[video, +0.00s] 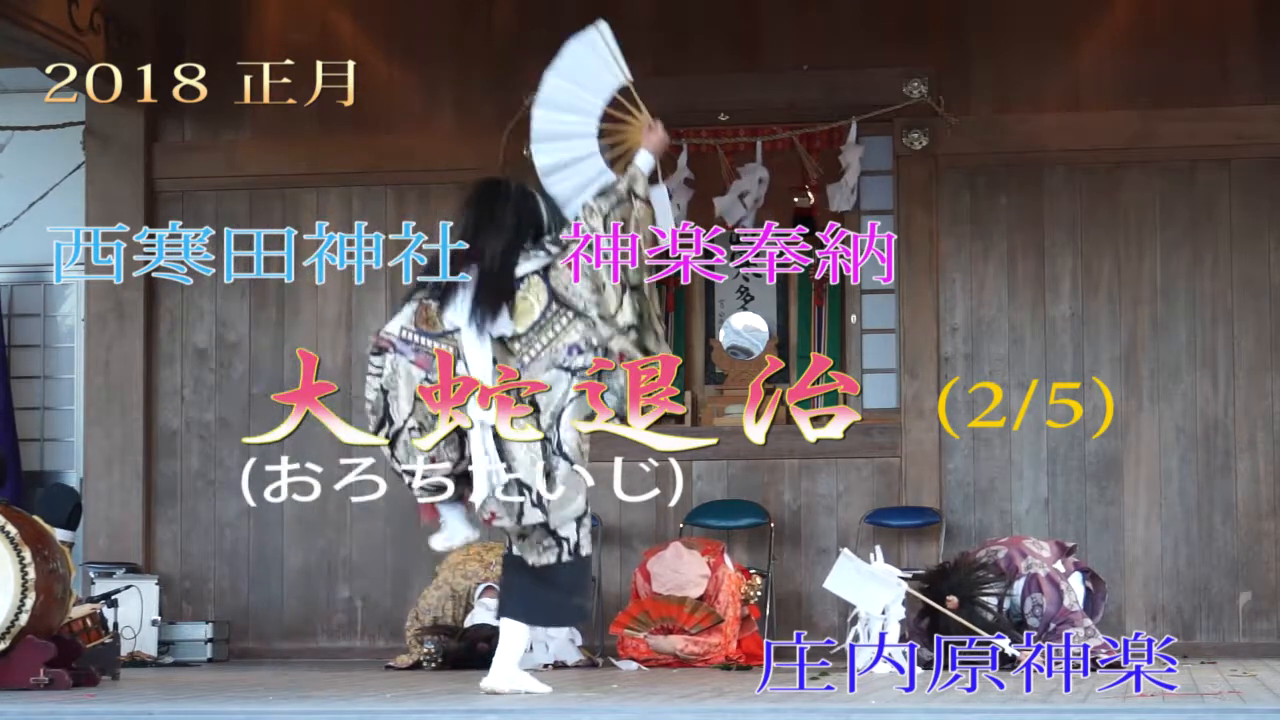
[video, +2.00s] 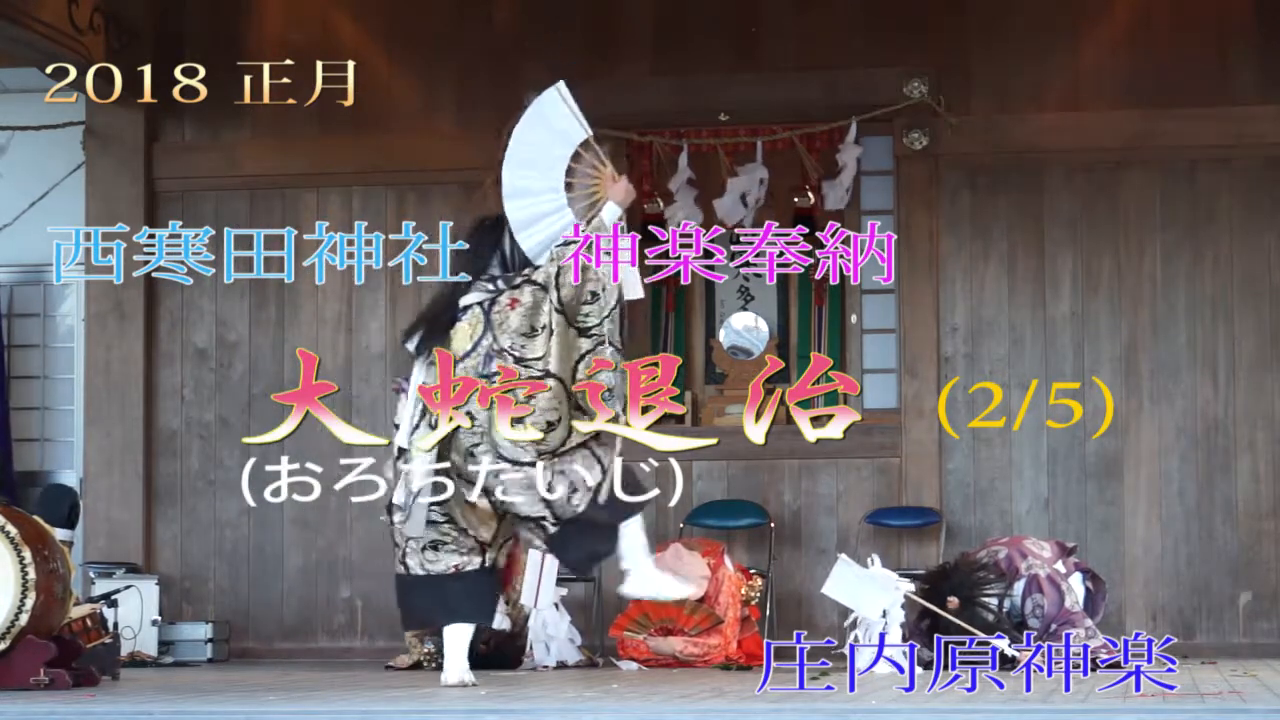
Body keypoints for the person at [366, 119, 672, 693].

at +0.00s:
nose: (544, 226)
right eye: (538, 218)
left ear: (475, 229)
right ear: (532, 225)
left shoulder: (459, 292)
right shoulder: (552, 274)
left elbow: (390, 342)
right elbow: (598, 226)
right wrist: (644, 161)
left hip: (494, 437)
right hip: (539, 438)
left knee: (545, 524)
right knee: (532, 539)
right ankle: (507, 664)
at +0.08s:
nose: (551, 241)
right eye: (544, 231)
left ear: (476, 238)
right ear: (536, 235)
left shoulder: (449, 298)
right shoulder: (557, 285)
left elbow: (392, 364)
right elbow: (613, 245)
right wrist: (659, 184)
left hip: (483, 440)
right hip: (540, 441)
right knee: (542, 540)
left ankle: (436, 530)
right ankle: (507, 665)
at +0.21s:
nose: (550, 235)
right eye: (543, 225)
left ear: (479, 230)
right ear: (532, 229)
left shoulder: (463, 290)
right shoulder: (547, 284)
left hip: (486, 434)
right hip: (539, 437)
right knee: (542, 535)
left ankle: (414, 566)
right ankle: (507, 663)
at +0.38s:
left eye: (459, 225)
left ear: (467, 231)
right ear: (531, 231)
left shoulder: (435, 299)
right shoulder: (552, 293)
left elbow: (391, 382)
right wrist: (628, 177)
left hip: (445, 444)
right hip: (522, 446)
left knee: (417, 524)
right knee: (521, 546)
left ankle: (394, 638)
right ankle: (505, 663)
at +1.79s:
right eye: (505, 230)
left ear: (447, 244)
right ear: (503, 238)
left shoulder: (423, 306)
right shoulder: (523, 284)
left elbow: (397, 391)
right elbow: (575, 257)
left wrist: (398, 440)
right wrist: (612, 204)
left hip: (431, 442)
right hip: (502, 432)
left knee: (442, 554)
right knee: (529, 528)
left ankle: (453, 662)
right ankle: (525, 614)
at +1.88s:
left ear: (455, 252)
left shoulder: (430, 311)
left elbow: (398, 402)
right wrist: (609, 212)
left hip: (430, 456)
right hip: (496, 452)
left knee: (452, 560)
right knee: (585, 507)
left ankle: (454, 661)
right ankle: (576, 592)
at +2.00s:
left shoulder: (468, 307)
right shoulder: (549, 282)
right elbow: (581, 263)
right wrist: (612, 209)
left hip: (452, 457)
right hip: (514, 454)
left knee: (465, 550)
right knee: (616, 470)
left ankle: (454, 661)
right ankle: (640, 570)